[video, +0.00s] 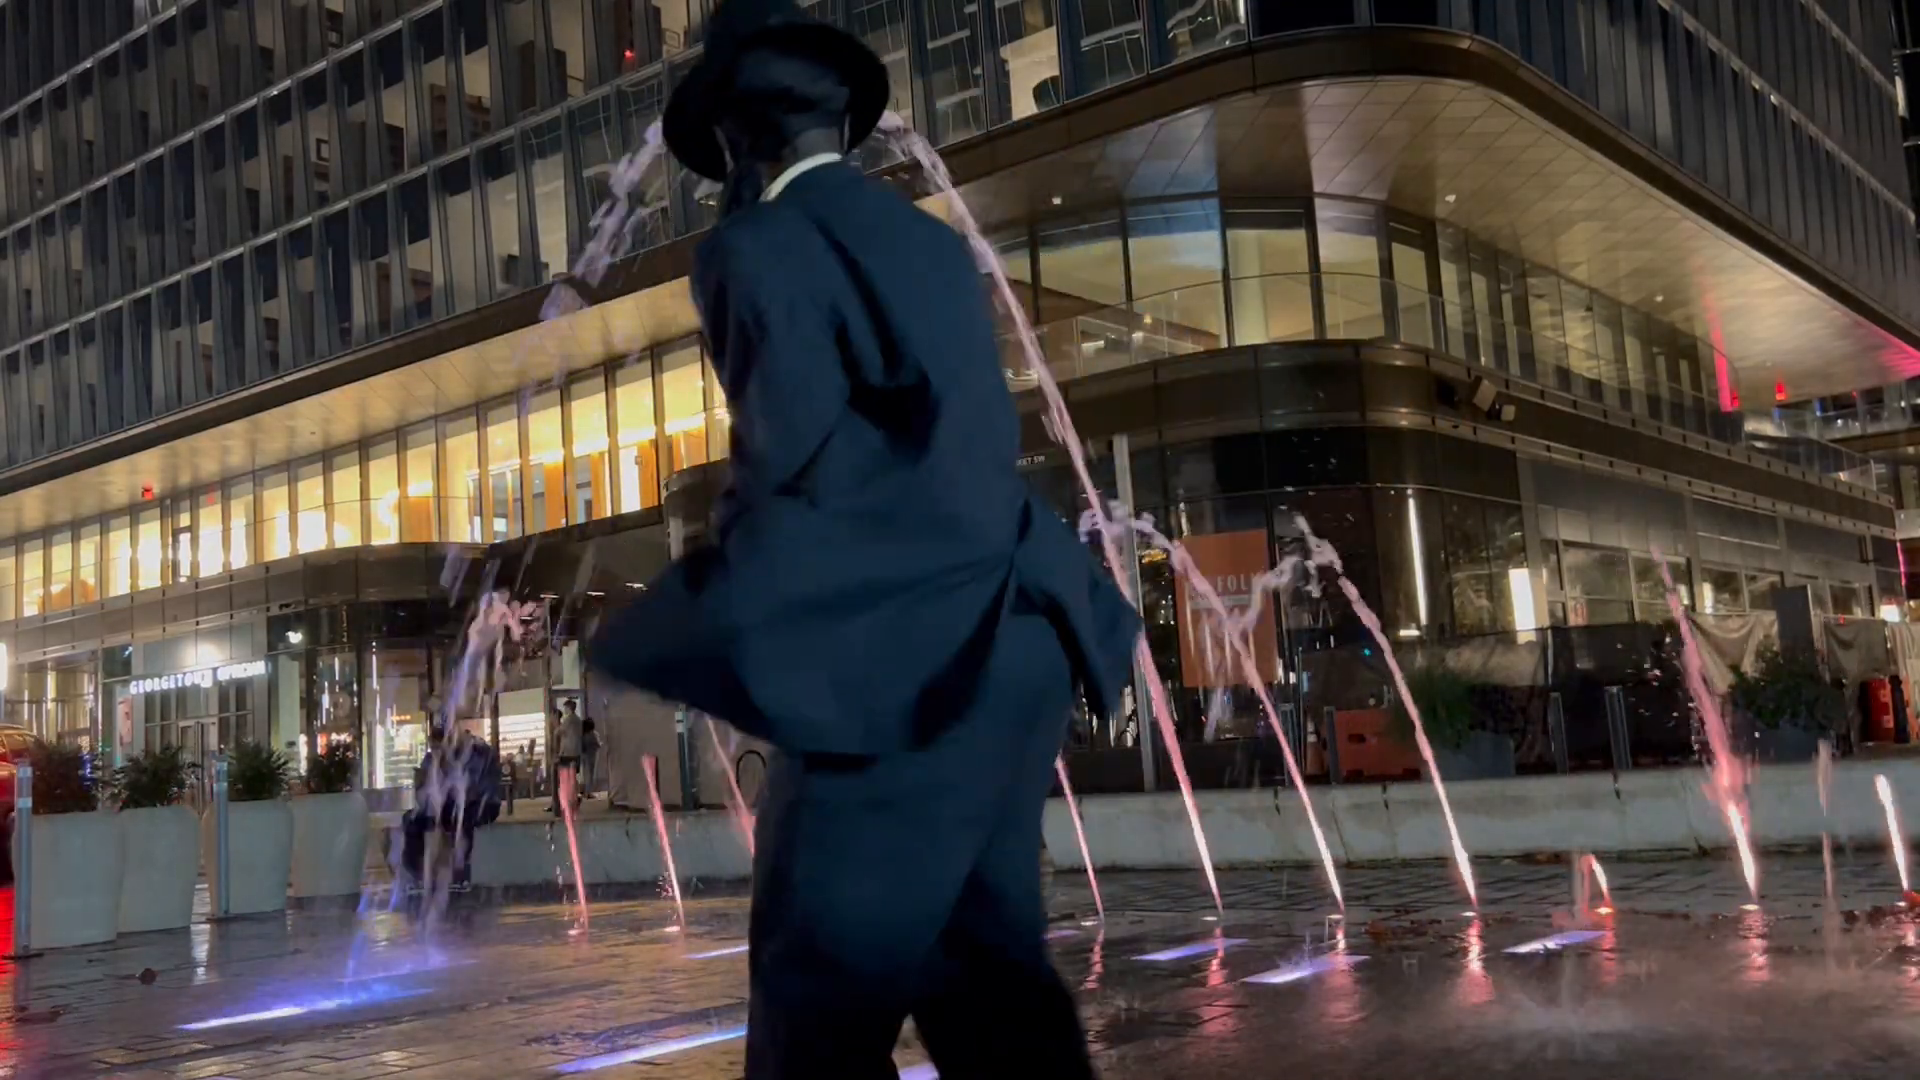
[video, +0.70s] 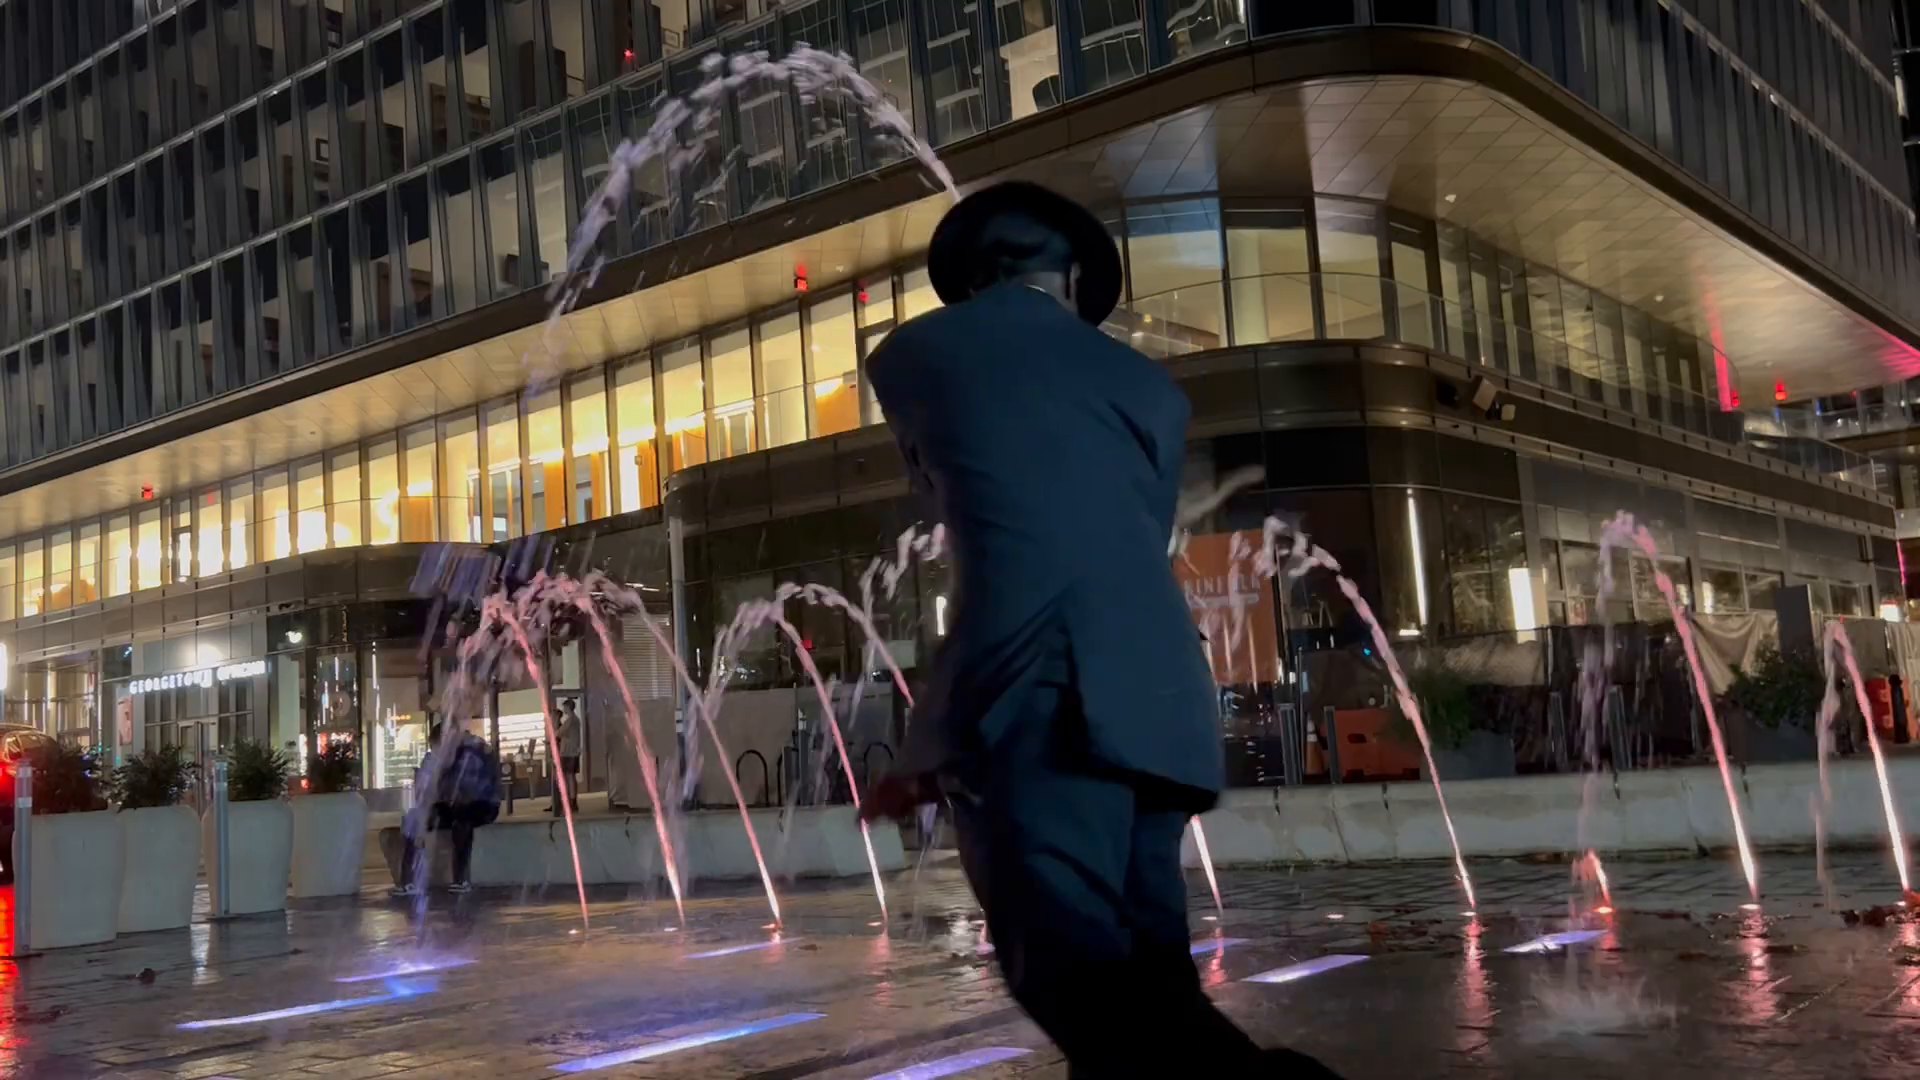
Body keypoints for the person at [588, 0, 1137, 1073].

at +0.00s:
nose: (721, 161)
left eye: (719, 136)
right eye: (718, 139)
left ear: (736, 133)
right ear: (849, 122)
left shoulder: (756, 240)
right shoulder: (935, 237)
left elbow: (787, 433)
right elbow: (979, 450)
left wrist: (715, 572)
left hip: (887, 680)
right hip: (1006, 659)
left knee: (814, 1008)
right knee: (992, 980)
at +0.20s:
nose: (733, 229)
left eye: (735, 210)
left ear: (754, 202)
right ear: (868, 187)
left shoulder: (746, 284)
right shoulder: (951, 297)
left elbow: (740, 502)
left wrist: (671, 438)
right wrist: (797, 715)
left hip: (920, 682)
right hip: (1057, 675)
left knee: (821, 1012)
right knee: (1037, 997)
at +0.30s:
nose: (786, 244)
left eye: (790, 225)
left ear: (799, 234)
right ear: (913, 223)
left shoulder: (778, 313)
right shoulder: (995, 325)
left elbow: (795, 520)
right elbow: (1076, 514)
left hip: (932, 723)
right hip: (1074, 721)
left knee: (849, 1029)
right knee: (1073, 1003)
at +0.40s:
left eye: (841, 255)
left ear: (852, 254)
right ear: (970, 246)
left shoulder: (834, 322)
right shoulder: (1061, 328)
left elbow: (827, 463)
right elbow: (1151, 468)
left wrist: (790, 566)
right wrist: (1105, 575)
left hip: (967, 701)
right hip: (1119, 690)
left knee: (918, 1021)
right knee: (1106, 993)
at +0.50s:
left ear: (904, 261)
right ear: (1035, 251)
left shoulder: (868, 332)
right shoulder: (1130, 330)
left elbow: (806, 495)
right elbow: (1227, 502)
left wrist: (814, 617)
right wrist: (1121, 566)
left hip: (974, 693)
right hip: (1143, 691)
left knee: (965, 999)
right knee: (1133, 994)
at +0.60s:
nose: (1045, 266)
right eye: (1055, 253)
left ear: (953, 267)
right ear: (1070, 265)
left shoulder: (891, 348)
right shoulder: (1151, 362)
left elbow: (893, 536)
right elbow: (1181, 528)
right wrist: (1115, 616)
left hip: (992, 672)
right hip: (1147, 665)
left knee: (1038, 964)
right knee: (1146, 952)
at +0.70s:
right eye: (1065, 274)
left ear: (961, 277)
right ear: (1074, 281)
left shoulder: (918, 350)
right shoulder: (1152, 385)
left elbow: (935, 485)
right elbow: (1143, 536)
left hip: (1034, 695)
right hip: (1165, 696)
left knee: (1062, 970)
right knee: (1161, 975)